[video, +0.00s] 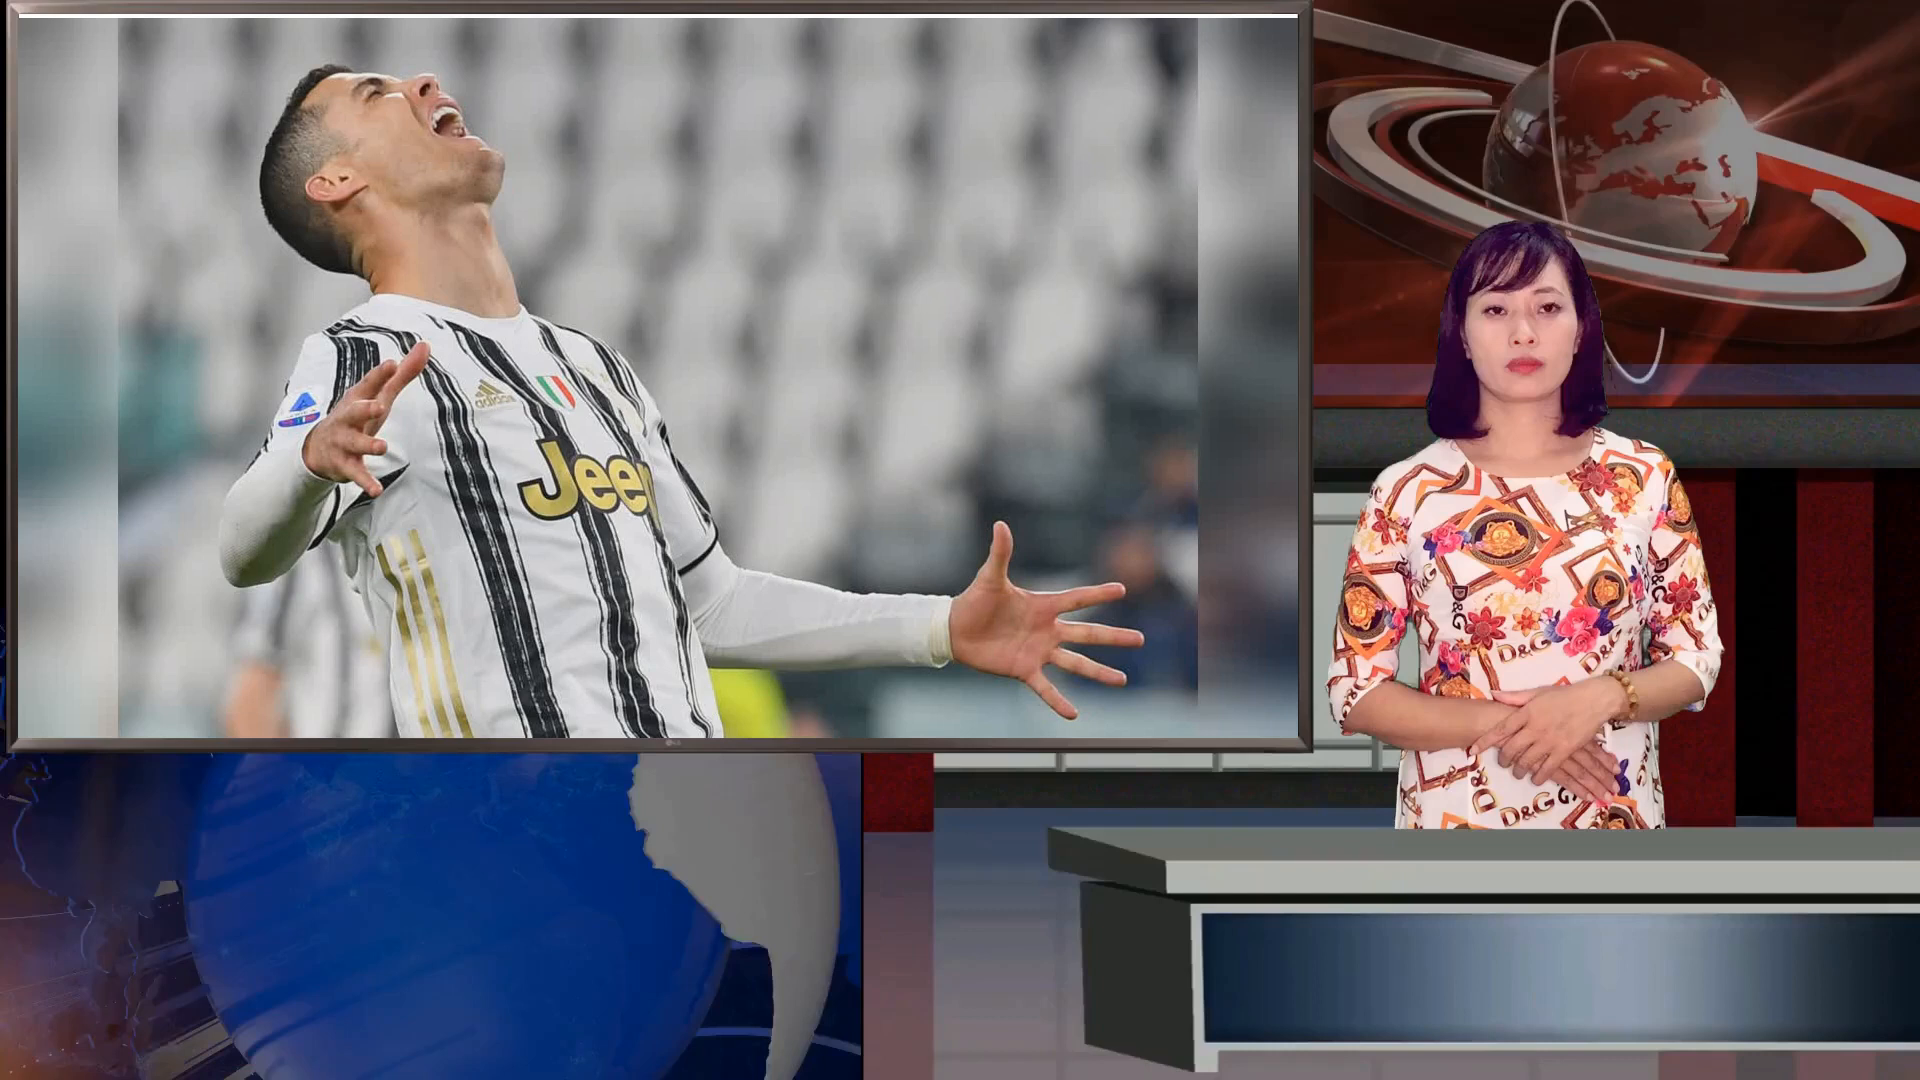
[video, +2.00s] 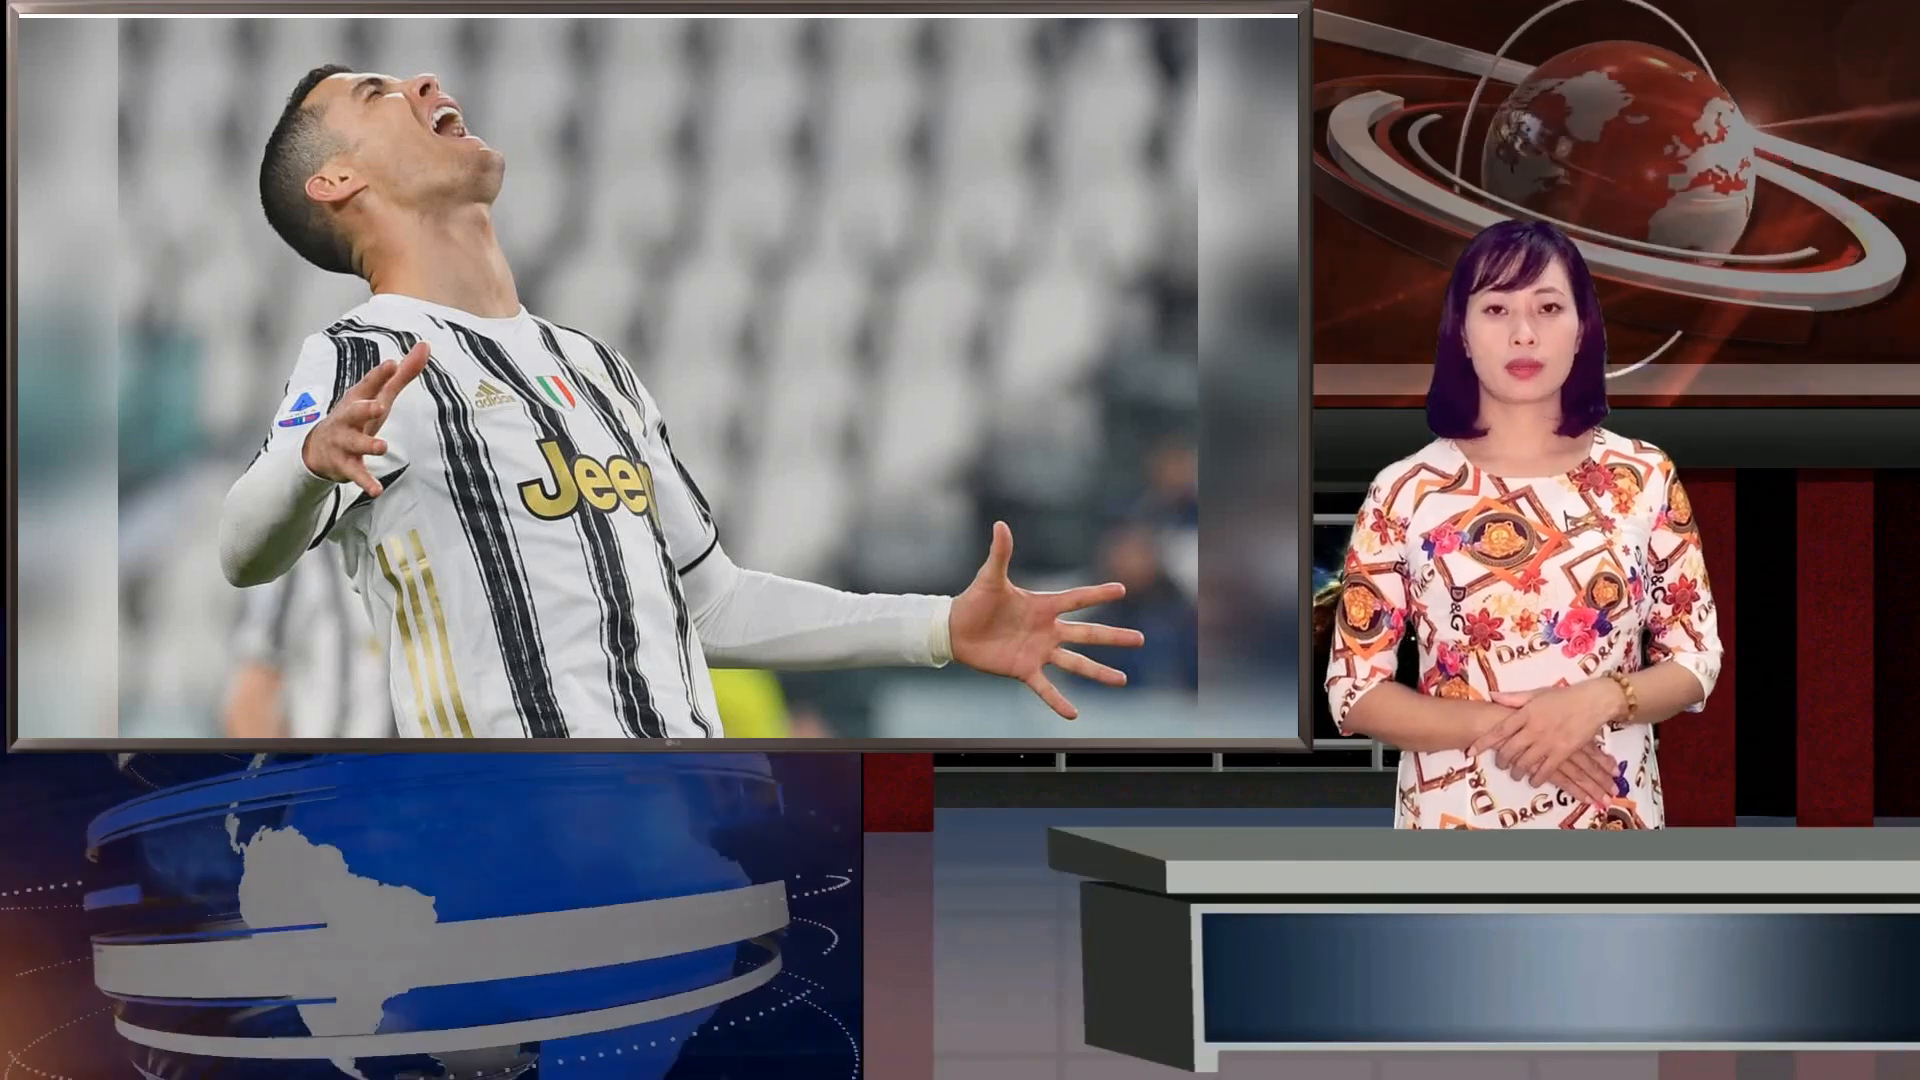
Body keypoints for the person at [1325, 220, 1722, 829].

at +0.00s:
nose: (1523, 331)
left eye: (1548, 308)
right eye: (1496, 310)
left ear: (1581, 328)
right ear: (1460, 331)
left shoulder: (1643, 478)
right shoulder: (1405, 493)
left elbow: (1696, 659)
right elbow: (1354, 690)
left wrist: (1601, 697)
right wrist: (1515, 728)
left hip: (1612, 829)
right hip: (1457, 829)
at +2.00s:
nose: (1523, 332)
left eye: (1548, 308)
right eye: (1496, 309)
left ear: (1582, 328)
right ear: (1461, 331)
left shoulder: (1643, 479)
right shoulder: (1404, 493)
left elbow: (1696, 659)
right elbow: (1354, 691)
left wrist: (1598, 699)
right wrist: (1512, 730)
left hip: (1611, 832)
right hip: (1454, 832)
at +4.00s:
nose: (1526, 332)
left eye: (1552, 309)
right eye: (1498, 311)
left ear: (1586, 326)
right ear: (1463, 330)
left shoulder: (1645, 478)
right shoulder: (1405, 492)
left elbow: (1698, 662)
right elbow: (1355, 691)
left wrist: (1599, 701)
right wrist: (1509, 730)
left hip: (1612, 833)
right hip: (1455, 832)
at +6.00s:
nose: (1532, 329)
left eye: (1557, 305)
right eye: (1504, 307)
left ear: (1590, 325)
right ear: (1467, 328)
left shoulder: (1650, 478)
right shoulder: (1409, 492)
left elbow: (1704, 661)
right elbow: (1359, 691)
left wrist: (1606, 702)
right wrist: (1517, 732)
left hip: (1617, 830)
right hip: (1460, 831)